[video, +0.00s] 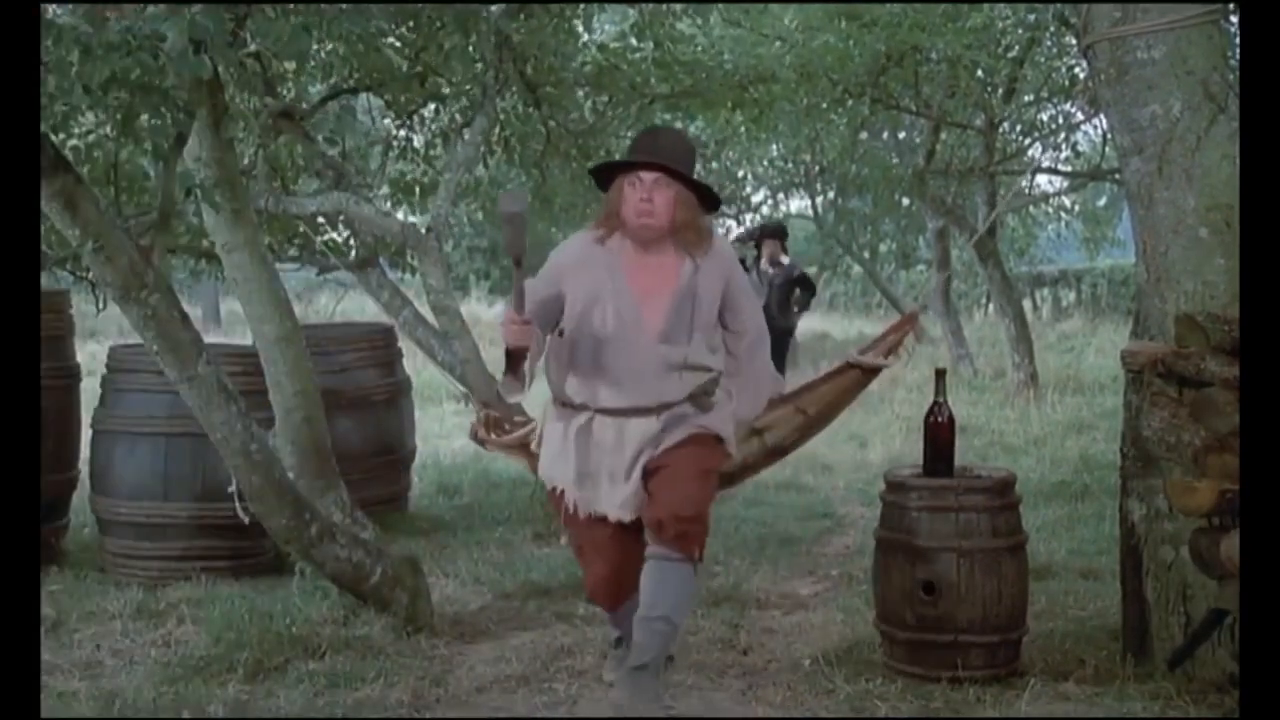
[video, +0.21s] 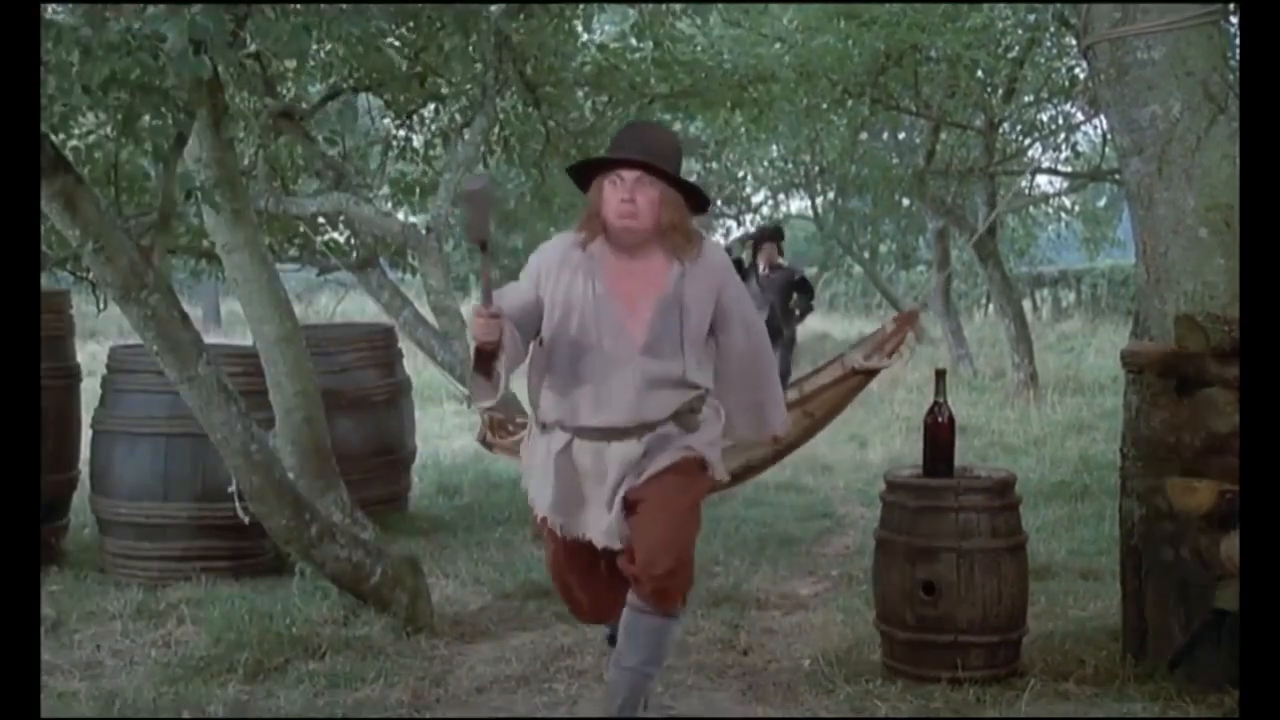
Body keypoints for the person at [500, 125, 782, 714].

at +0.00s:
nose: (644, 195)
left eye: (660, 185)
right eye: (633, 183)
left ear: (686, 200)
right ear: (617, 192)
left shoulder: (713, 262)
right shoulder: (577, 258)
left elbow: (753, 348)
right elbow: (525, 328)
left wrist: (728, 425)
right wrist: (518, 341)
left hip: (679, 423)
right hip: (587, 430)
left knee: (680, 512)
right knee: (607, 575)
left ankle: (648, 668)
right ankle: (627, 638)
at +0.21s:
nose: (627, 193)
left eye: (643, 183)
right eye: (616, 181)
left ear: (671, 200)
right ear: (598, 192)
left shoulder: (703, 265)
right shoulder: (558, 261)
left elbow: (746, 350)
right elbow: (515, 324)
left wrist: (760, 425)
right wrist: (493, 333)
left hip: (666, 442)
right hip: (569, 447)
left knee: (663, 565)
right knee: (585, 592)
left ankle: (627, 701)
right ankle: (633, 622)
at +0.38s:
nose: (588, 176)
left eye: (606, 163)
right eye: (575, 161)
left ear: (635, 180)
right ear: (555, 174)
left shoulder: (674, 244)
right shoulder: (523, 246)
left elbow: (737, 335)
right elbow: (481, 322)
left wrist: (766, 434)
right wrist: (454, 328)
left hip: (655, 449)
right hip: (541, 448)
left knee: (647, 602)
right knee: (525, 578)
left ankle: (615, 703)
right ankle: (559, 650)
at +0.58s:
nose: (528, 172)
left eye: (547, 158)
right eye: (514, 155)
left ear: (579, 172)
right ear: (492, 169)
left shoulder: (626, 231)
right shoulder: (463, 248)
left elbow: (694, 320)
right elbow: (408, 357)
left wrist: (697, 416)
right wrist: (386, 335)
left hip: (612, 466)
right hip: (486, 459)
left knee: (643, 653)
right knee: (427, 600)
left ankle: (613, 702)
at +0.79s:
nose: (406, 166)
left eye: (428, 151)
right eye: (392, 149)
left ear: (466, 171)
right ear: (369, 165)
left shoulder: (517, 246)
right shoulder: (331, 251)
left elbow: (589, 358)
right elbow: (272, 369)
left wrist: (623, 479)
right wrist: (242, 348)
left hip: (504, 499)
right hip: (365, 495)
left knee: (556, 691)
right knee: (318, 651)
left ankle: (598, 702)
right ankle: (358, 705)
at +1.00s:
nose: (327, 144)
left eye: (351, 127)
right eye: (312, 126)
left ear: (392, 147)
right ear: (288, 143)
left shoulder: (458, 226)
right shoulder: (252, 235)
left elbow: (547, 341)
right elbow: (188, 350)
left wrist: (570, 474)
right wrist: (149, 325)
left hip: (430, 471)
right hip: (294, 482)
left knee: (361, 647)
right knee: (268, 684)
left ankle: (380, 703)